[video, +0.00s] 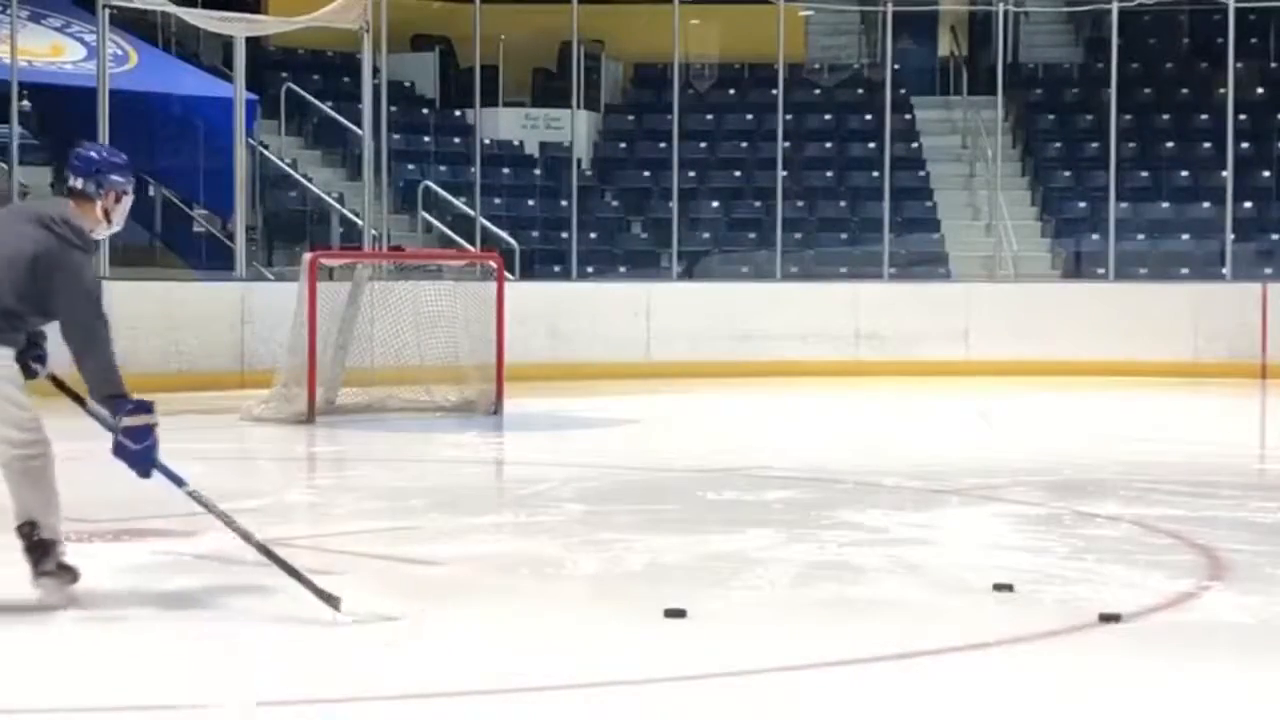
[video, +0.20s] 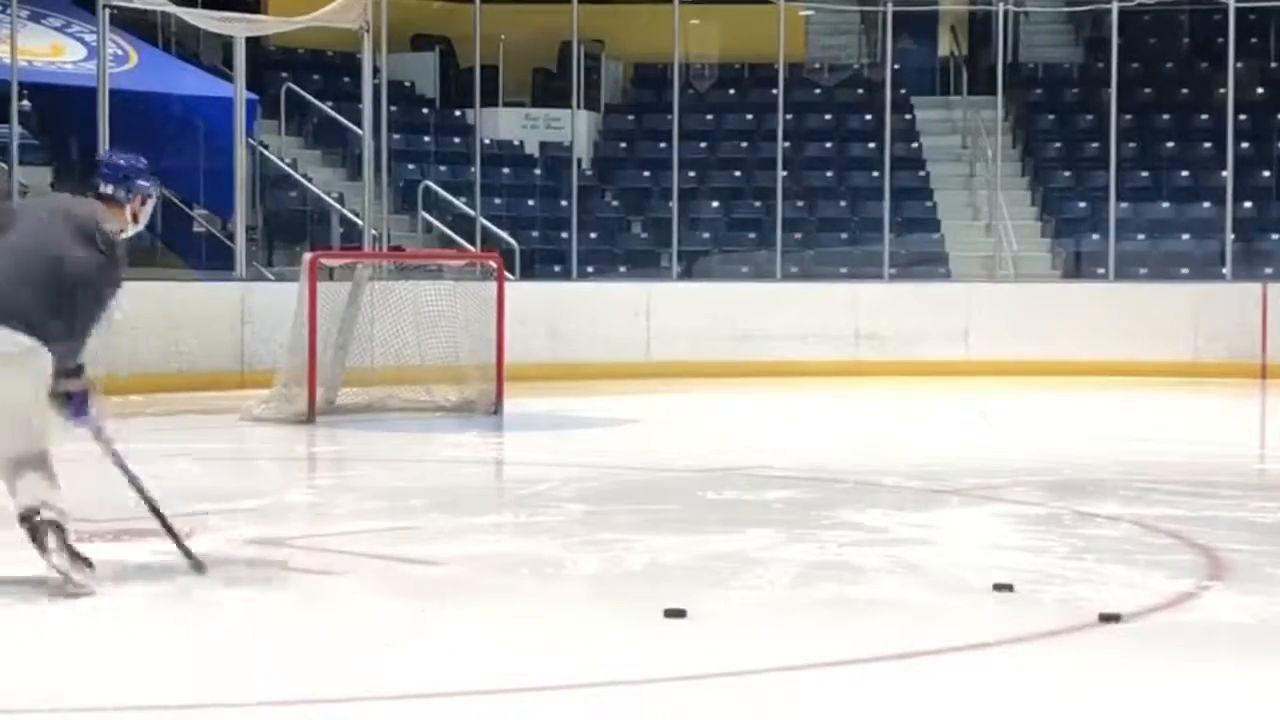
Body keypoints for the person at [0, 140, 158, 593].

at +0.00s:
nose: (124, 213)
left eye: (126, 201)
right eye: (124, 201)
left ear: (76, 188)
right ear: (108, 199)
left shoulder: (23, 215)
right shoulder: (68, 256)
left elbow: (7, 281)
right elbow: (91, 345)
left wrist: (27, 335)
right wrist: (123, 414)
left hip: (6, 348)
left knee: (22, 437)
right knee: (24, 439)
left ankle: (42, 551)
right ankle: (44, 554)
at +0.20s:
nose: (146, 214)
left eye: (148, 203)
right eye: (146, 203)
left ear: (100, 189)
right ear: (133, 202)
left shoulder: (37, 207)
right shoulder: (102, 258)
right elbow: (72, 327)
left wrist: (66, 371)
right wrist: (69, 378)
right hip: (20, 345)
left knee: (22, 450)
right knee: (26, 452)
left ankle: (42, 519)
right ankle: (44, 521)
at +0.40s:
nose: (181, 231)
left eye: (183, 222)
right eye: (180, 221)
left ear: (137, 207)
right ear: (168, 221)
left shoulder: (92, 224)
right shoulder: (160, 269)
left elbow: (28, 254)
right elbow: (132, 326)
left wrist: (42, 293)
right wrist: (128, 337)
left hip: (27, 344)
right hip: (76, 362)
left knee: (34, 434)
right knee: (78, 462)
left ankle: (19, 510)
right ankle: (51, 522)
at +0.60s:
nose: (240, 202)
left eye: (238, 193)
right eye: (237, 193)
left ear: (198, 190)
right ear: (231, 196)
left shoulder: (161, 217)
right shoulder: (237, 243)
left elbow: (109, 248)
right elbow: (228, 316)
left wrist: (105, 302)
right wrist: (223, 372)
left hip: (128, 336)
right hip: (177, 353)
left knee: (145, 428)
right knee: (196, 446)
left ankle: (117, 494)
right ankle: (159, 498)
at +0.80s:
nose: (320, 179)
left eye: (317, 170)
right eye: (320, 171)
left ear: (287, 168)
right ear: (316, 173)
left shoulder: (257, 209)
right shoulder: (321, 222)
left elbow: (246, 268)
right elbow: (328, 297)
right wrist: (356, 341)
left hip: (242, 328)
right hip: (293, 338)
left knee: (260, 412)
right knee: (332, 407)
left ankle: (228, 486)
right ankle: (321, 492)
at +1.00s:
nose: (443, 169)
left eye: (443, 160)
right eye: (436, 161)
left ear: (406, 167)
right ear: (410, 167)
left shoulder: (379, 205)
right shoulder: (415, 213)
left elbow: (405, 263)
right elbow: (428, 276)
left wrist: (452, 261)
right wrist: (472, 291)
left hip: (369, 324)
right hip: (405, 329)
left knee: (387, 406)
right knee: (459, 404)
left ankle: (352, 482)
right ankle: (459, 487)